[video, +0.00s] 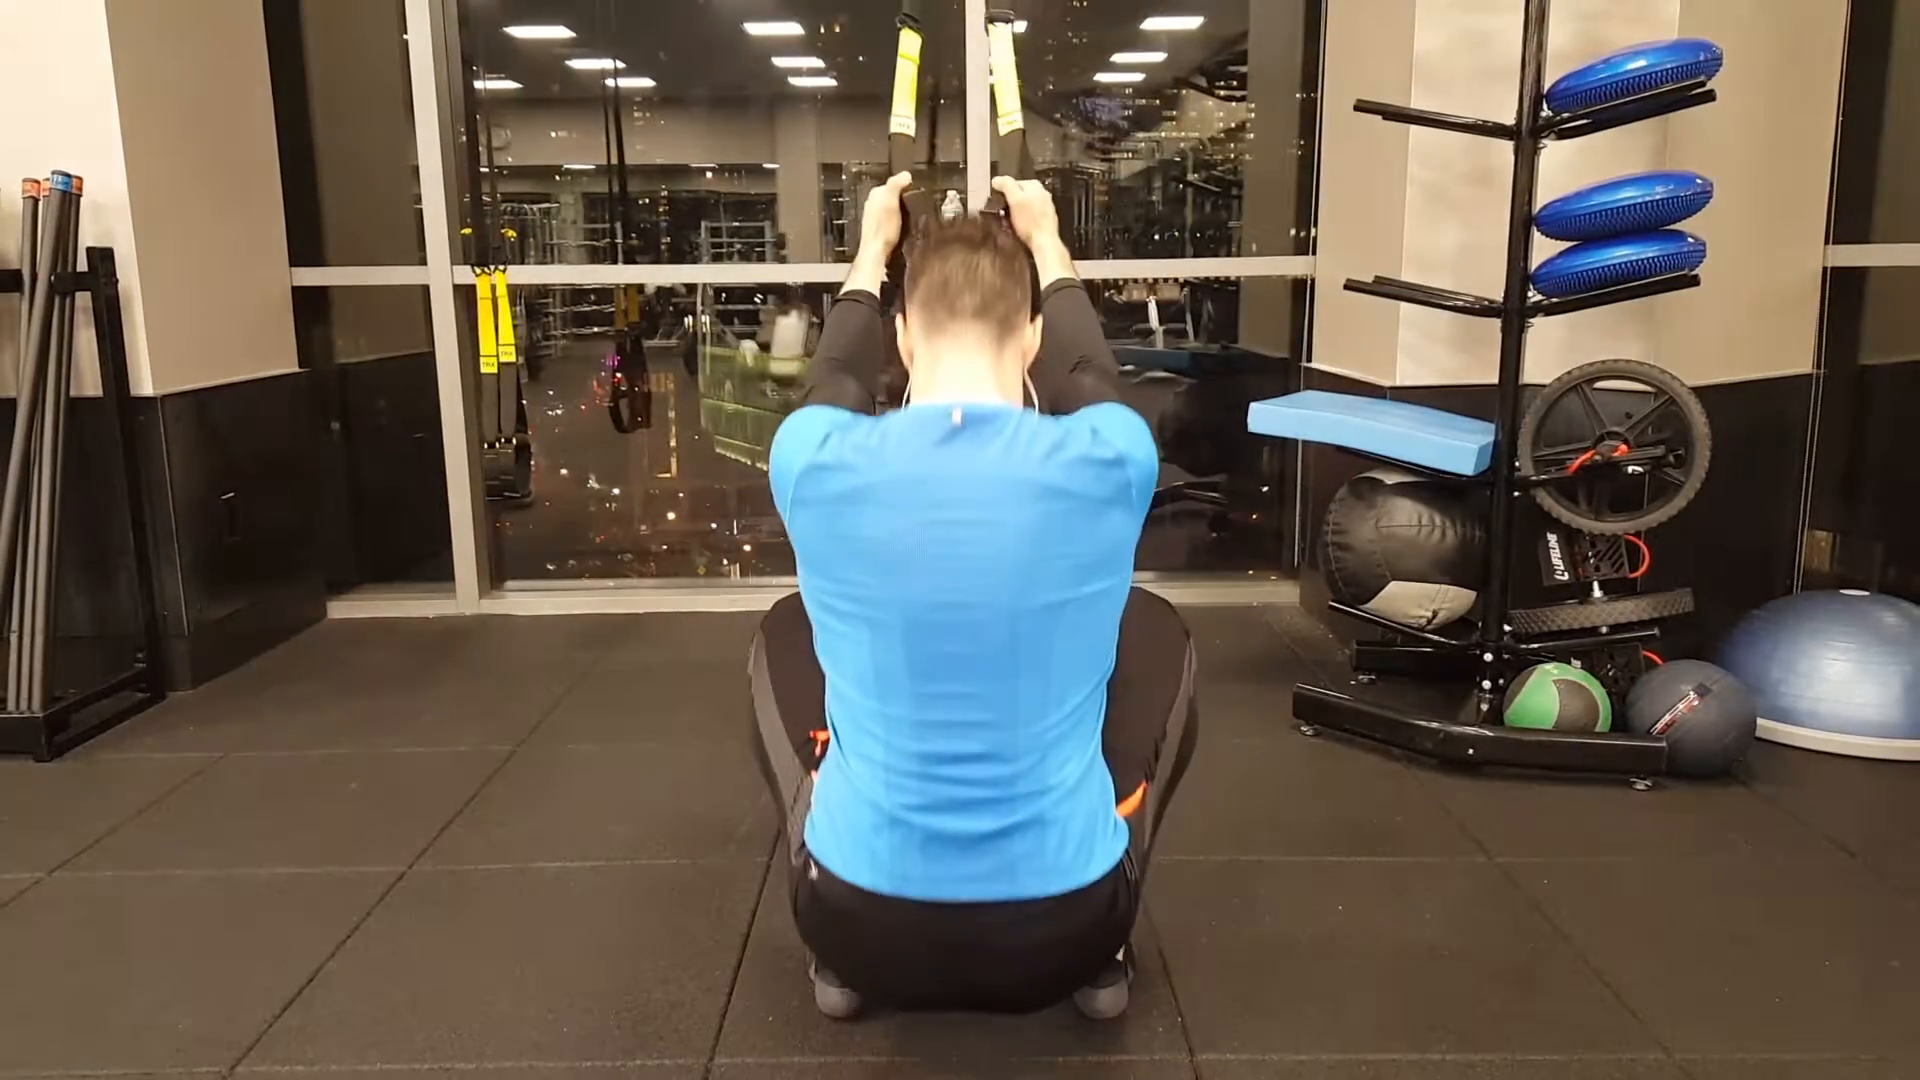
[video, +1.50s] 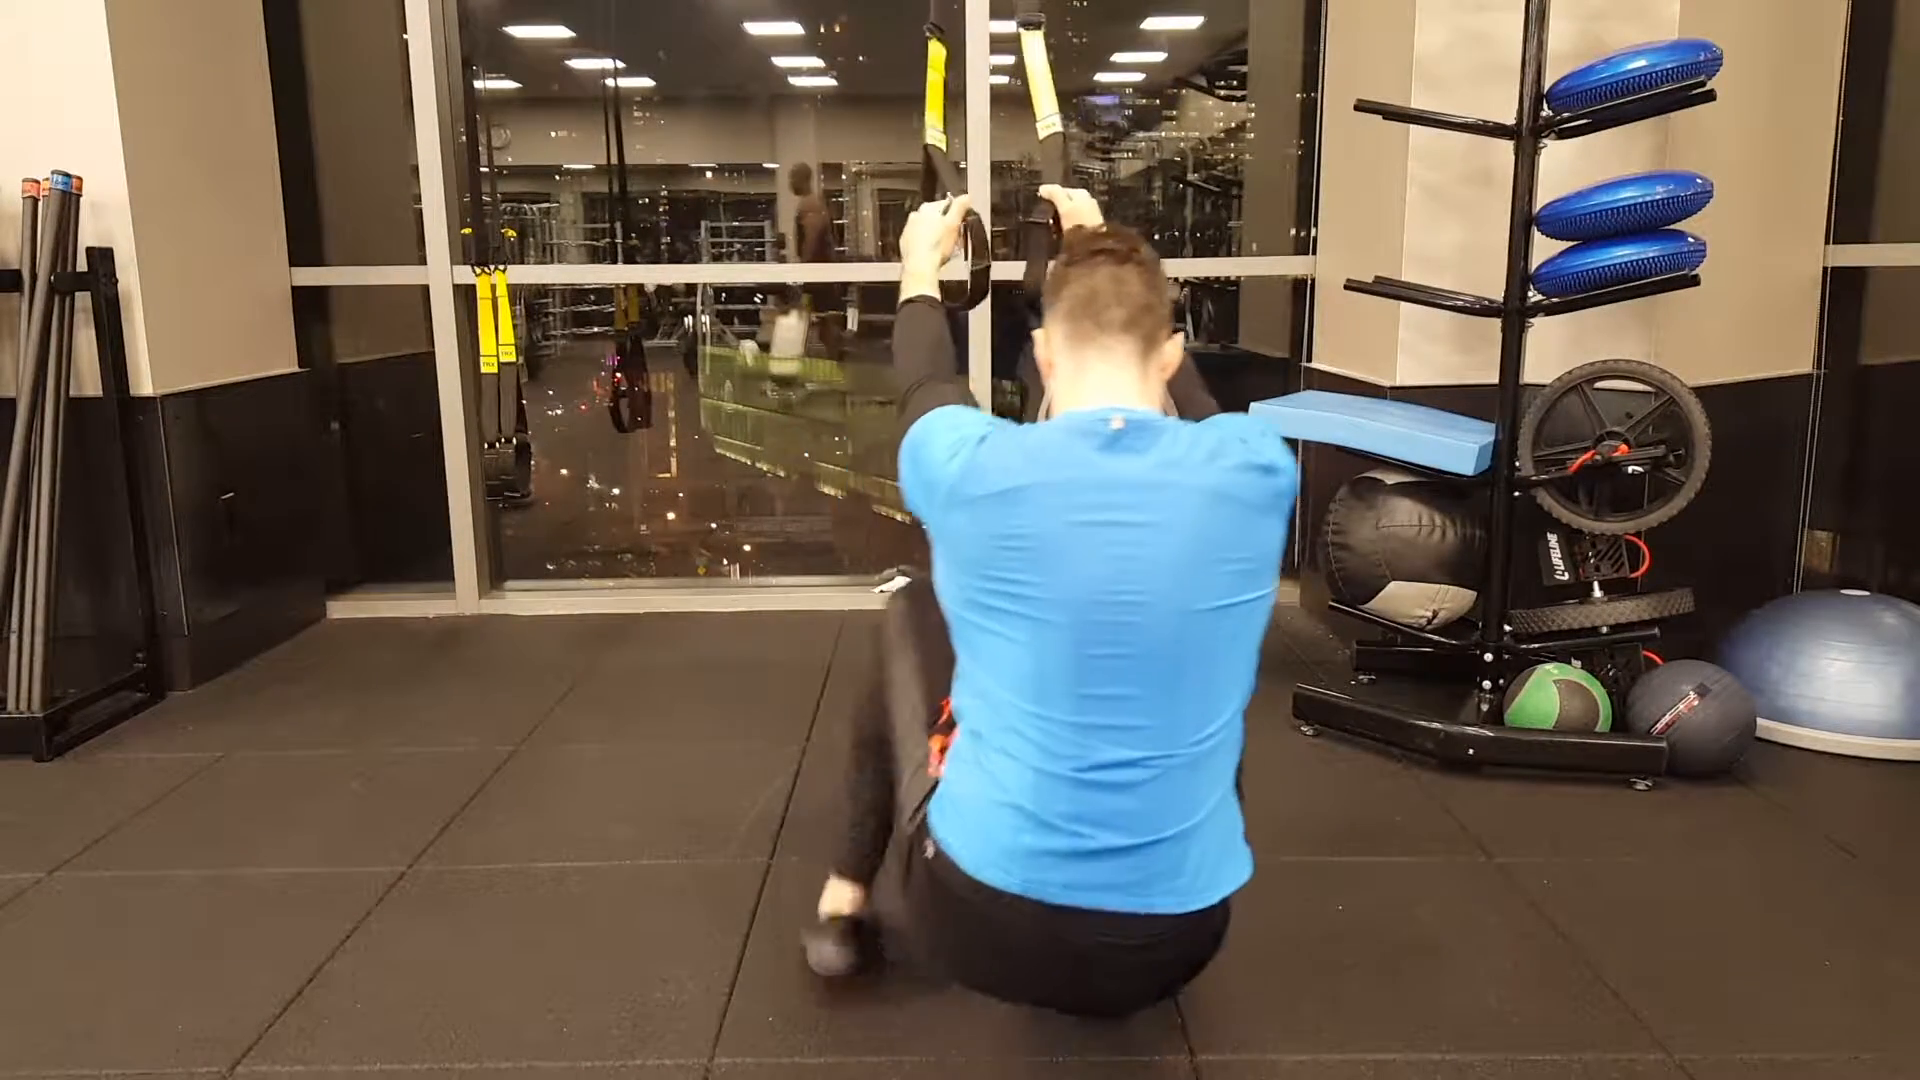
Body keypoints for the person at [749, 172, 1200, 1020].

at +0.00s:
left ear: (901, 345)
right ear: (1032, 344)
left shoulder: (817, 466)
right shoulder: (1108, 464)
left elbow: (838, 381)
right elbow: (1095, 379)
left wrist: (870, 262)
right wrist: (1053, 253)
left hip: (872, 938)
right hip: (1055, 940)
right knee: (1141, 628)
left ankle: (834, 960)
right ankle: (1105, 957)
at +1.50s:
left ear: (1041, 357)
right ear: (1169, 358)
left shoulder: (975, 471)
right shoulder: (1256, 475)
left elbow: (928, 378)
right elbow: (1181, 396)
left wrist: (916, 271)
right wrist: (1102, 256)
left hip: (988, 930)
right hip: (1171, 945)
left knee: (910, 603)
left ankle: (845, 896)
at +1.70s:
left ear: (1096, 339)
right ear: (1224, 347)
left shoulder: (1019, 454)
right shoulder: (1305, 471)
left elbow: (955, 365)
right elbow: (1216, 368)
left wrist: (947, 262)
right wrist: (1145, 238)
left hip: (1019, 933)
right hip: (1201, 948)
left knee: (962, 622)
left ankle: (845, 787)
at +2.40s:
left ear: (1120, 377)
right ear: (1250, 386)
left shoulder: (1043, 503)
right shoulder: (1327, 505)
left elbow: (1003, 384)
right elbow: (1238, 403)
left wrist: (987, 265)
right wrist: (1167, 267)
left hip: (1069, 971)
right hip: (1247, 976)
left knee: (1020, 637)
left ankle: (987, 748)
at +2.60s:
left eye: (1132, 308)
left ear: (1130, 319)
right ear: (1262, 327)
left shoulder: (1056, 441)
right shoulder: (1343, 447)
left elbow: (992, 386)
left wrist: (996, 259)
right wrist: (1173, 248)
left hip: (1082, 919)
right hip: (1256, 923)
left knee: (1024, 648)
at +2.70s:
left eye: (1134, 247)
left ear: (1137, 253)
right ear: (1267, 258)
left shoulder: (1057, 366)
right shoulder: (1354, 379)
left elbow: (985, 357)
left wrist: (992, 254)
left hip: (1086, 843)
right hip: (1262, 859)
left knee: (1029, 646)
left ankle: (1106, 936)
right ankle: (1117, 930)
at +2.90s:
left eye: (1150, 110)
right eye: (1277, 115)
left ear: (1146, 117)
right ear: (1275, 120)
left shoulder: (1058, 218)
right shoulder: (1361, 234)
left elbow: (982, 353)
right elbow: (1331, 386)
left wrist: (1024, 209)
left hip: (1082, 681)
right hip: (1262, 707)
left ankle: (983, 693)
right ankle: (1111, 940)